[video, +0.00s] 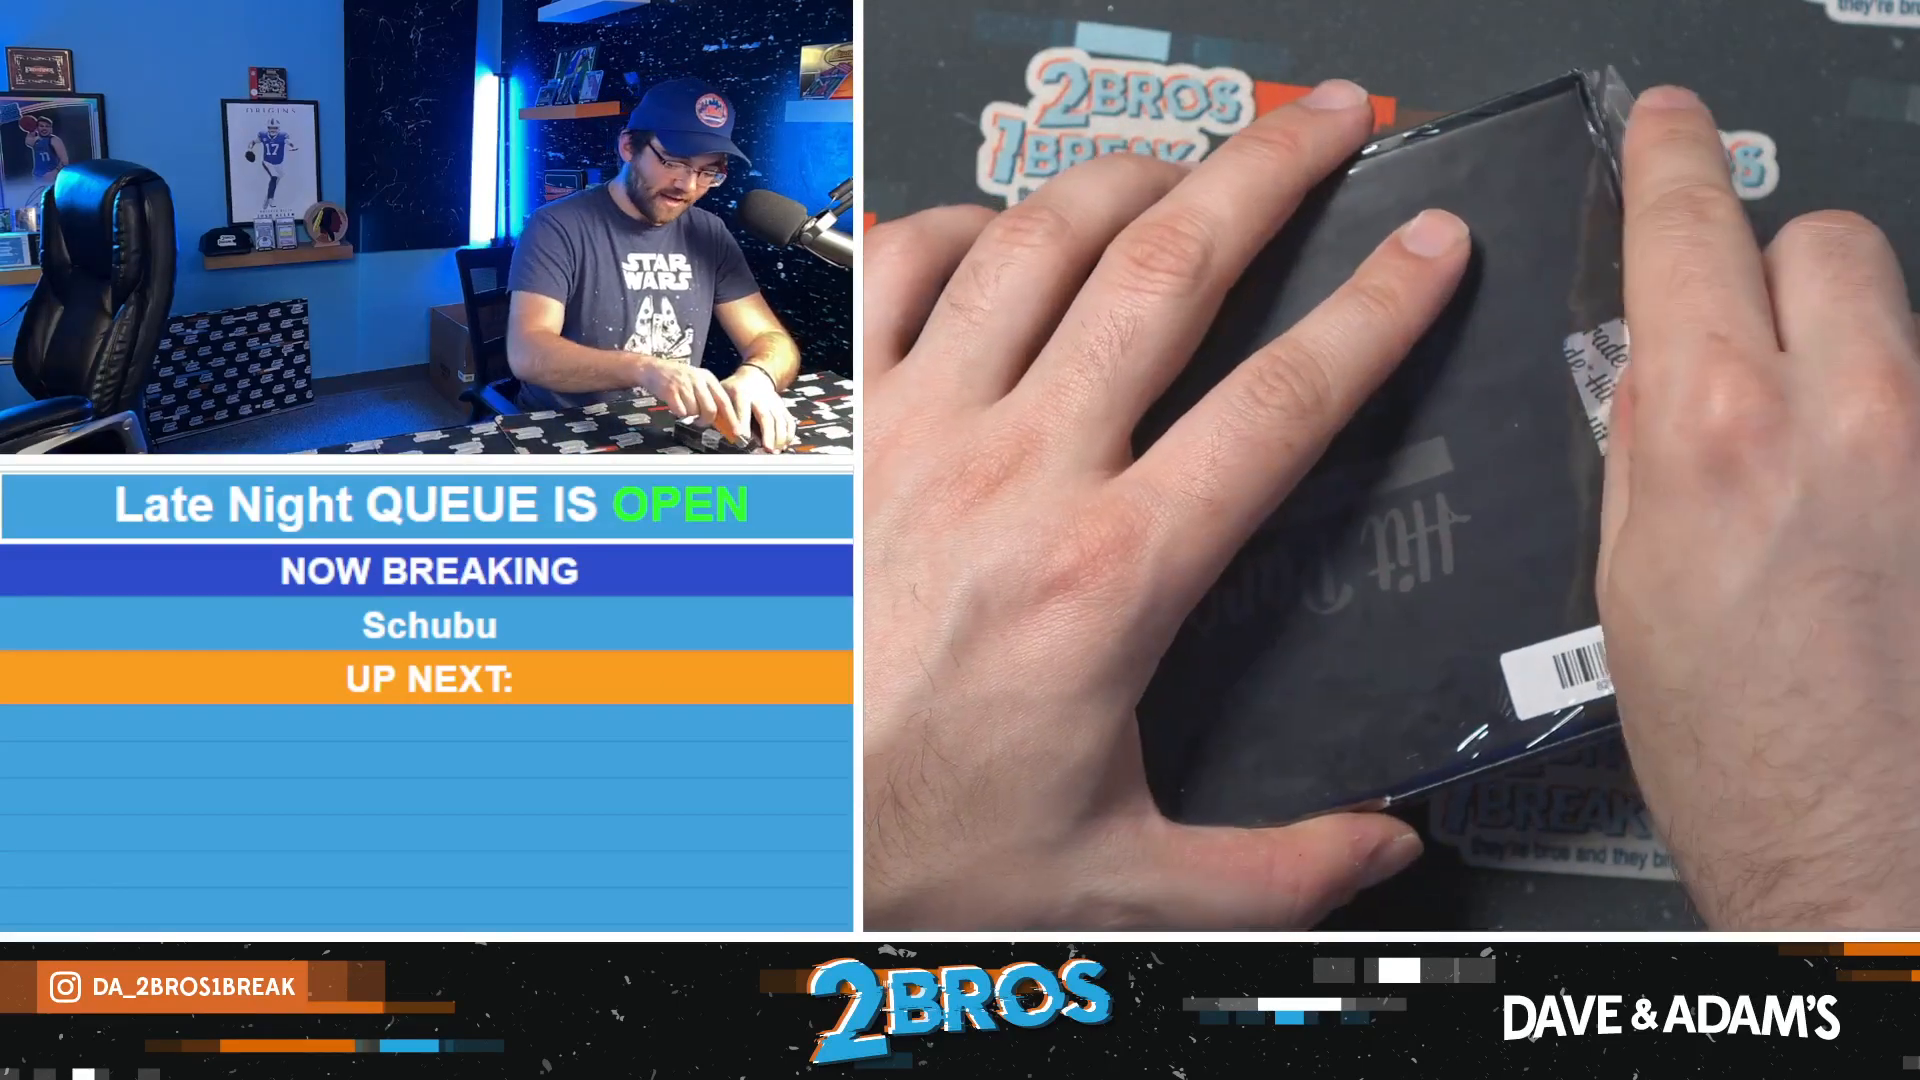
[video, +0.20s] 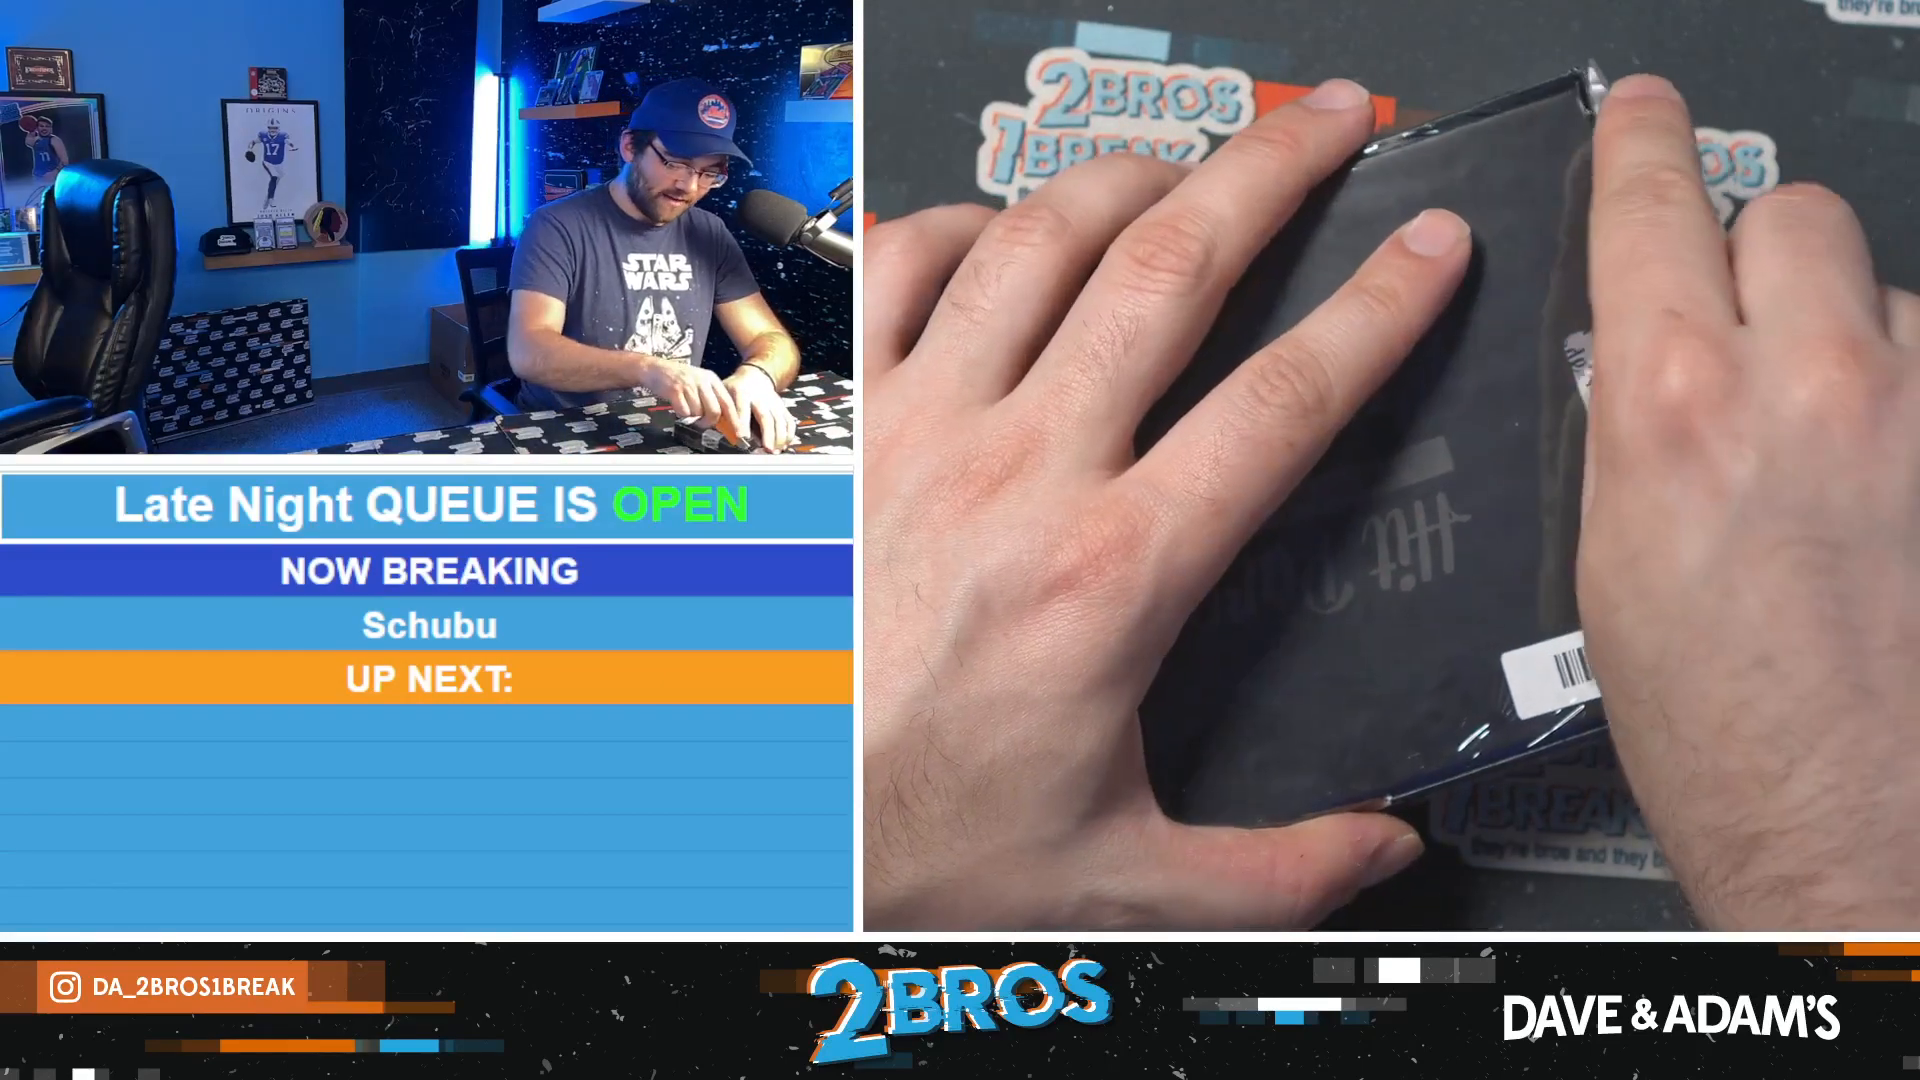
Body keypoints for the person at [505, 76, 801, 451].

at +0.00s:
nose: (688, 186)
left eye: (707, 171)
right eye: (673, 162)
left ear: (718, 172)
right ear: (628, 146)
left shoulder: (707, 234)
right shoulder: (557, 229)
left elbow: (772, 341)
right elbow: (528, 352)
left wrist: (756, 375)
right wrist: (643, 369)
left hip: (679, 451)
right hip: (573, 451)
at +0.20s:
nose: (689, 186)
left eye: (708, 172)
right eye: (674, 163)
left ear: (719, 173)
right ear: (629, 147)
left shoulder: (707, 234)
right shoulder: (557, 228)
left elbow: (772, 341)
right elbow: (529, 350)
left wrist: (755, 374)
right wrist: (646, 368)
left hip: (679, 450)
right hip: (573, 451)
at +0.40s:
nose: (689, 187)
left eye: (708, 172)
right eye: (674, 163)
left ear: (718, 174)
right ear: (629, 147)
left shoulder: (707, 234)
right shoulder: (557, 227)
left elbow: (771, 341)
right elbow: (532, 347)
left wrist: (756, 373)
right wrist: (655, 360)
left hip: (679, 450)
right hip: (572, 453)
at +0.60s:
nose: (689, 186)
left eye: (708, 172)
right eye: (676, 162)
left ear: (719, 174)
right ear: (630, 146)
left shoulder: (707, 234)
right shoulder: (558, 226)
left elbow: (771, 340)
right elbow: (521, 343)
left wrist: (755, 372)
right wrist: (637, 344)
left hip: (678, 452)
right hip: (573, 453)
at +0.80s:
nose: (686, 178)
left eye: (704, 163)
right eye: (671, 154)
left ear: (716, 169)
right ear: (626, 145)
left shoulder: (708, 236)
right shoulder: (555, 229)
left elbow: (769, 338)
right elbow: (508, 349)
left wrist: (750, 359)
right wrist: (599, 335)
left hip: (673, 449)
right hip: (567, 452)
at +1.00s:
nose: (670, 162)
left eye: (691, 147)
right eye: (653, 139)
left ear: (705, 160)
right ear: (617, 143)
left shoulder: (706, 233)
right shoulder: (550, 232)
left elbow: (780, 333)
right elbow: (509, 354)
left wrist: (761, 336)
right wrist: (572, 354)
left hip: (680, 449)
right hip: (574, 453)